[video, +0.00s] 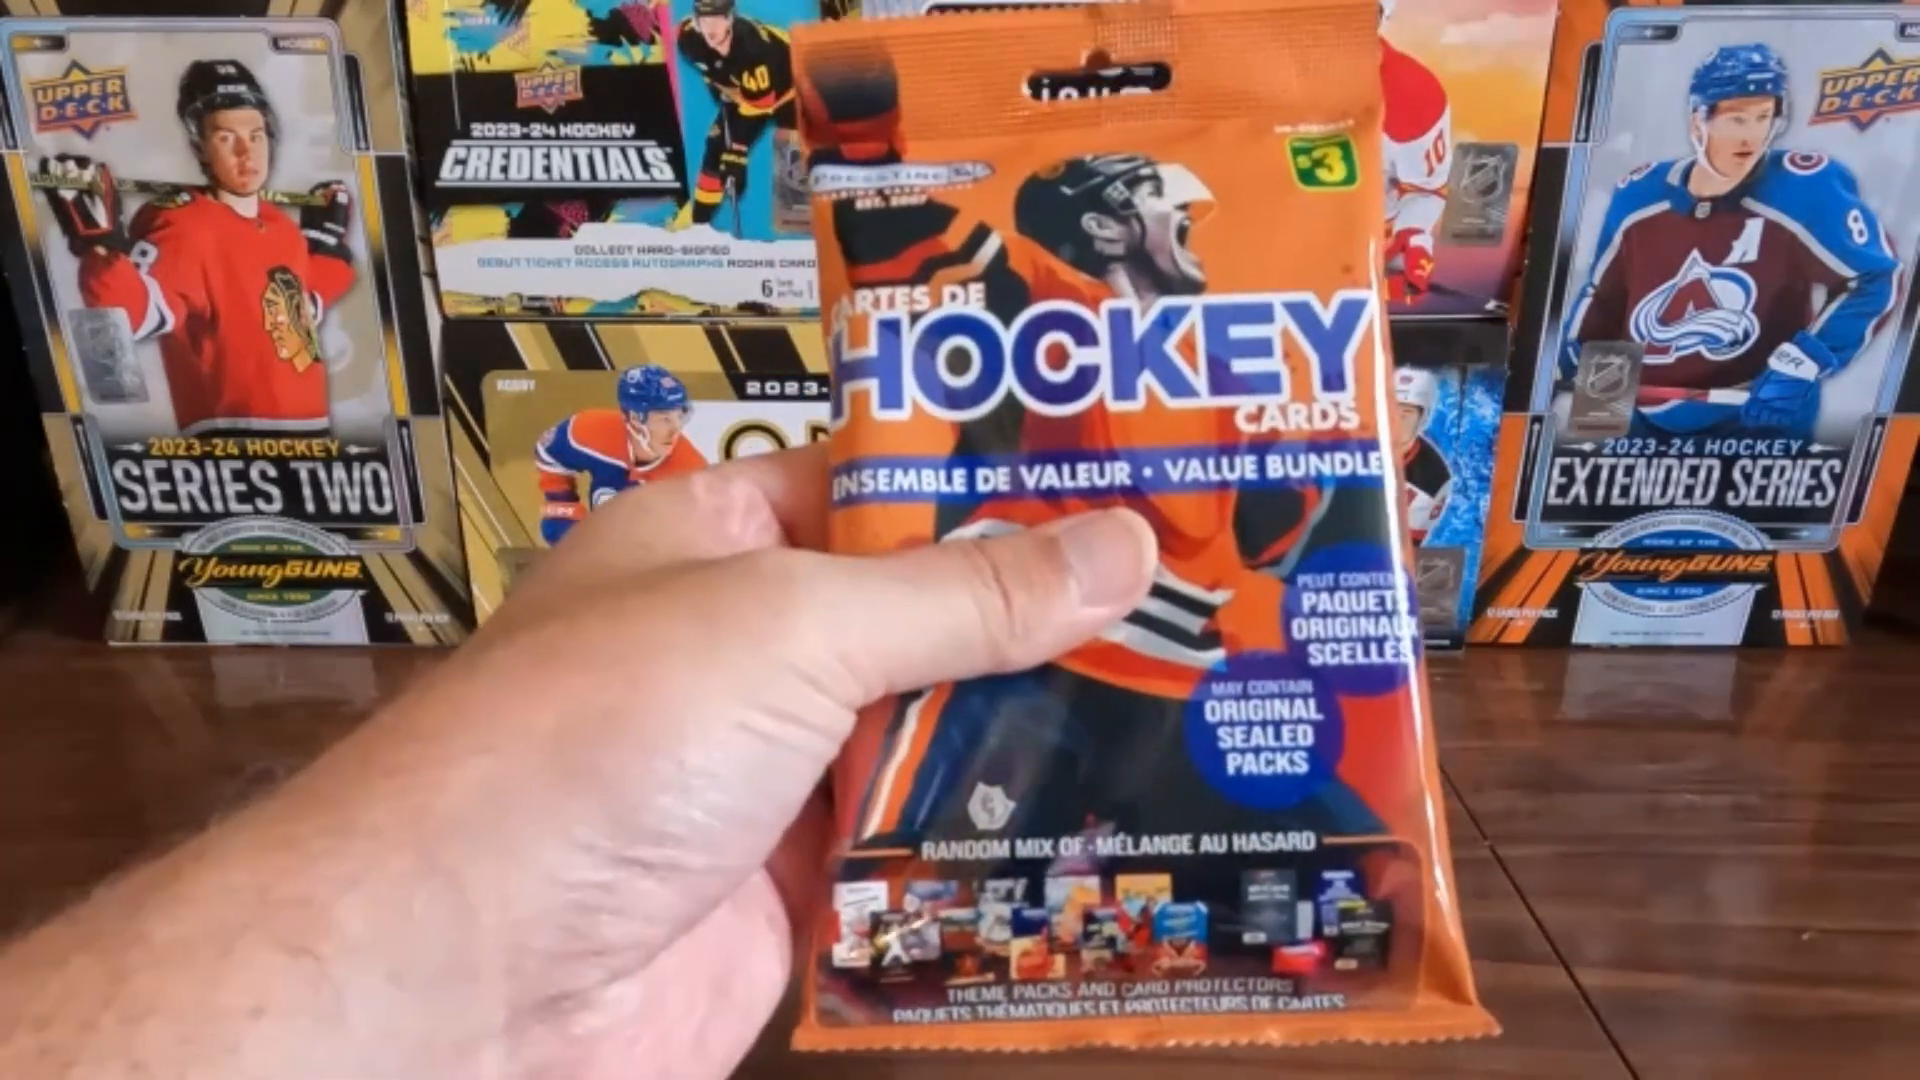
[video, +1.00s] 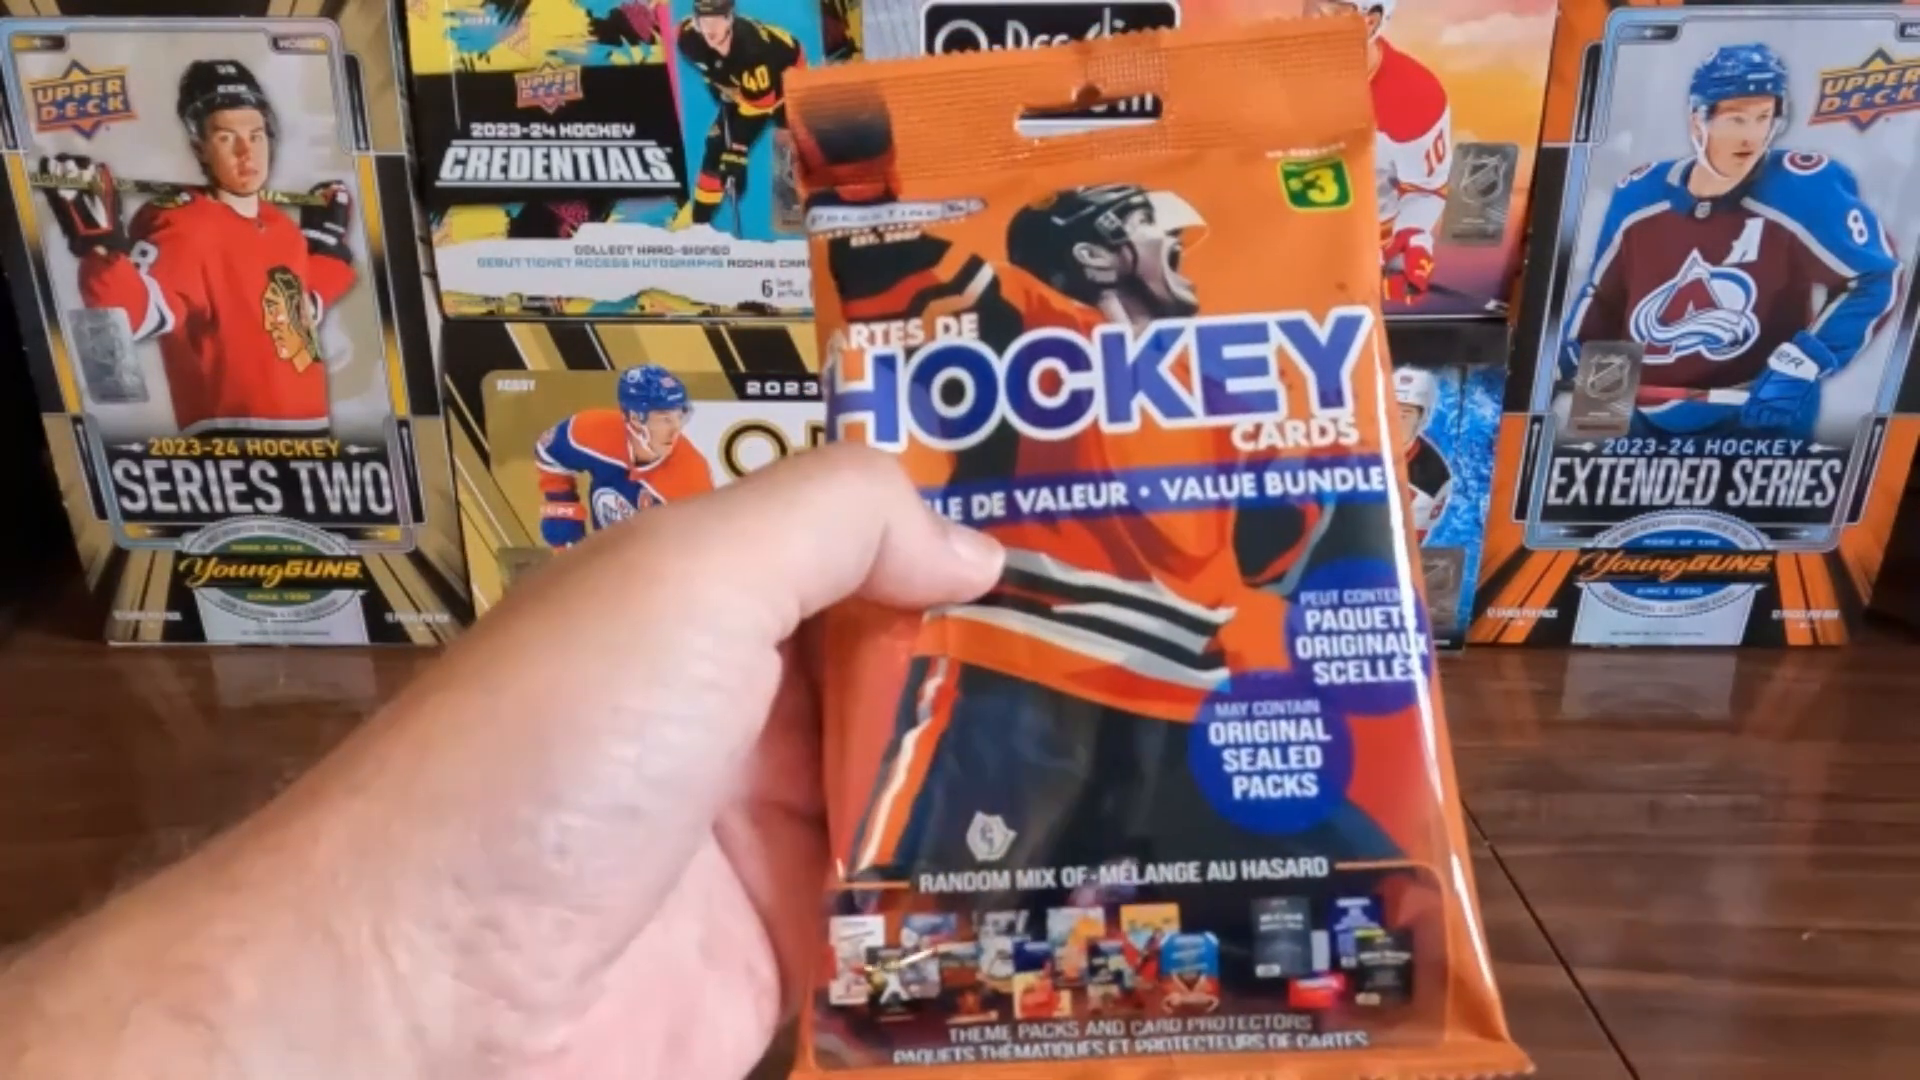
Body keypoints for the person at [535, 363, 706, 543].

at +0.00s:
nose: (676, 430)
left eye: (679, 418)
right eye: (665, 419)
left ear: (684, 417)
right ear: (634, 420)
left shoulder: (693, 470)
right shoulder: (590, 432)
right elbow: (550, 453)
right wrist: (562, 512)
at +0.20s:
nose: (676, 430)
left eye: (679, 418)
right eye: (665, 419)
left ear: (685, 417)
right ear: (634, 420)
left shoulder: (693, 470)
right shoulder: (590, 432)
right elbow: (550, 453)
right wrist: (562, 513)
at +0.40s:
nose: (676, 429)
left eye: (680, 417)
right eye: (665, 419)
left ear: (685, 414)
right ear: (635, 420)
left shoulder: (691, 475)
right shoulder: (592, 432)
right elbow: (550, 454)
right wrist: (563, 517)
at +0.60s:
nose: (676, 430)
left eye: (679, 418)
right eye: (665, 420)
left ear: (685, 415)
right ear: (635, 420)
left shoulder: (690, 477)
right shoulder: (592, 433)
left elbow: (700, 549)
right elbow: (550, 453)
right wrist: (561, 509)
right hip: (603, 562)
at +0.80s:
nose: (676, 430)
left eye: (680, 417)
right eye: (665, 419)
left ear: (685, 415)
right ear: (635, 420)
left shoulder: (690, 476)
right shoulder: (593, 433)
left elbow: (701, 549)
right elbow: (550, 452)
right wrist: (561, 509)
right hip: (603, 564)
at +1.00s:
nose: (676, 430)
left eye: (680, 418)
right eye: (664, 419)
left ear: (685, 417)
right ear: (635, 420)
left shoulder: (691, 476)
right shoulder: (593, 432)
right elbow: (550, 453)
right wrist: (566, 532)